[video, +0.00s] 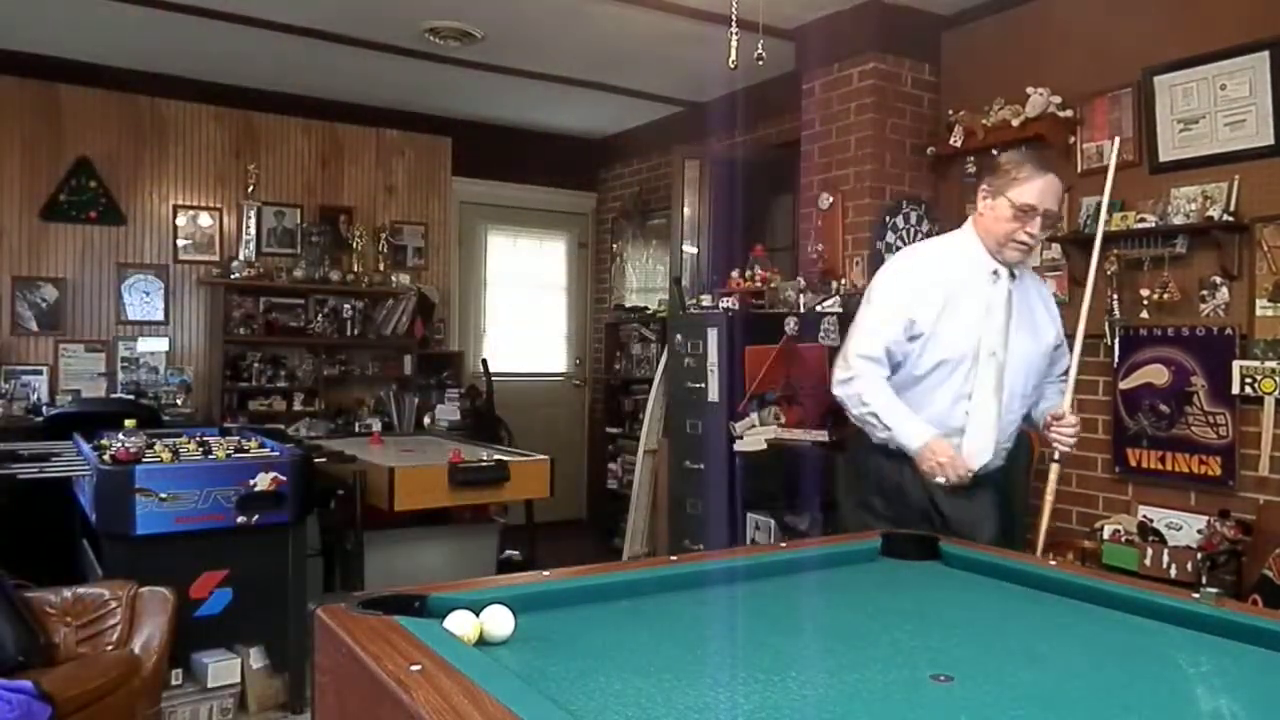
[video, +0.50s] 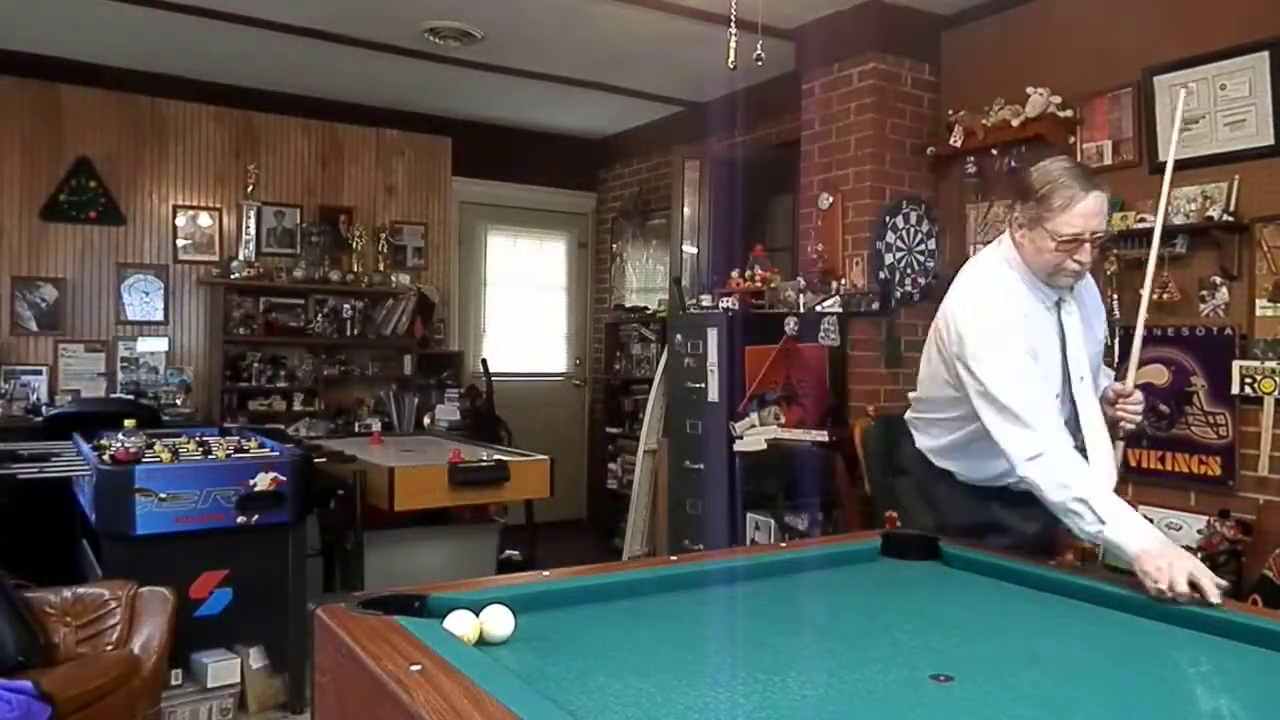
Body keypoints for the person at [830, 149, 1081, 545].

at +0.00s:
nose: (1034, 232)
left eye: (1047, 221)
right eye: (1023, 212)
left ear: (1054, 224)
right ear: (984, 200)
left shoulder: (1039, 298)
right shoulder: (915, 270)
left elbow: (1047, 381)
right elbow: (854, 374)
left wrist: (1053, 416)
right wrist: (920, 442)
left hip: (984, 491)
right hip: (894, 485)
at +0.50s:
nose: (1085, 259)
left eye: (1095, 242)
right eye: (1069, 242)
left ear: (1103, 234)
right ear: (1020, 227)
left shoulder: (1077, 282)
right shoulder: (984, 306)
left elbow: (1085, 368)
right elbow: (1039, 453)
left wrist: (1107, 396)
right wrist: (1146, 545)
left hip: (1036, 497)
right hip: (957, 499)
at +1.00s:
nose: (1072, 204)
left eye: (1086, 186)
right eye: (1053, 190)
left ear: (1104, 189)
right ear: (1021, 195)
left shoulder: (1122, 272)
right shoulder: (980, 281)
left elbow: (1154, 357)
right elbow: (941, 416)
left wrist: (1160, 406)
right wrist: (1019, 494)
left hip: (1099, 505)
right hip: (996, 510)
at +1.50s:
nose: (1093, 178)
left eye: (1114, 164)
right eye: (1088, 164)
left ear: (1157, 175)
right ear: (1077, 170)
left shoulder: (1191, 286)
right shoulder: (1027, 257)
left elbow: (1226, 415)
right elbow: (950, 321)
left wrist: (1125, 464)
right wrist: (928, 288)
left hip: (1111, 510)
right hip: (1006, 486)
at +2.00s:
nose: (1057, 181)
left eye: (1074, 166)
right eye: (1050, 170)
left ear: (1118, 173)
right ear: (1043, 181)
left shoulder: (1163, 271)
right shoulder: (1019, 261)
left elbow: (1188, 406)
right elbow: (938, 325)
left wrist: (1096, 473)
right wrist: (929, 257)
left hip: (1109, 503)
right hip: (1010, 488)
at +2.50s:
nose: (1005, 191)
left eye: (1019, 174)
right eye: (997, 182)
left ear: (1062, 174)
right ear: (991, 192)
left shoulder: (1121, 264)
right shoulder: (977, 269)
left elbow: (1157, 391)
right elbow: (915, 343)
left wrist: (1084, 472)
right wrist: (902, 279)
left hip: (1098, 494)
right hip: (994, 487)